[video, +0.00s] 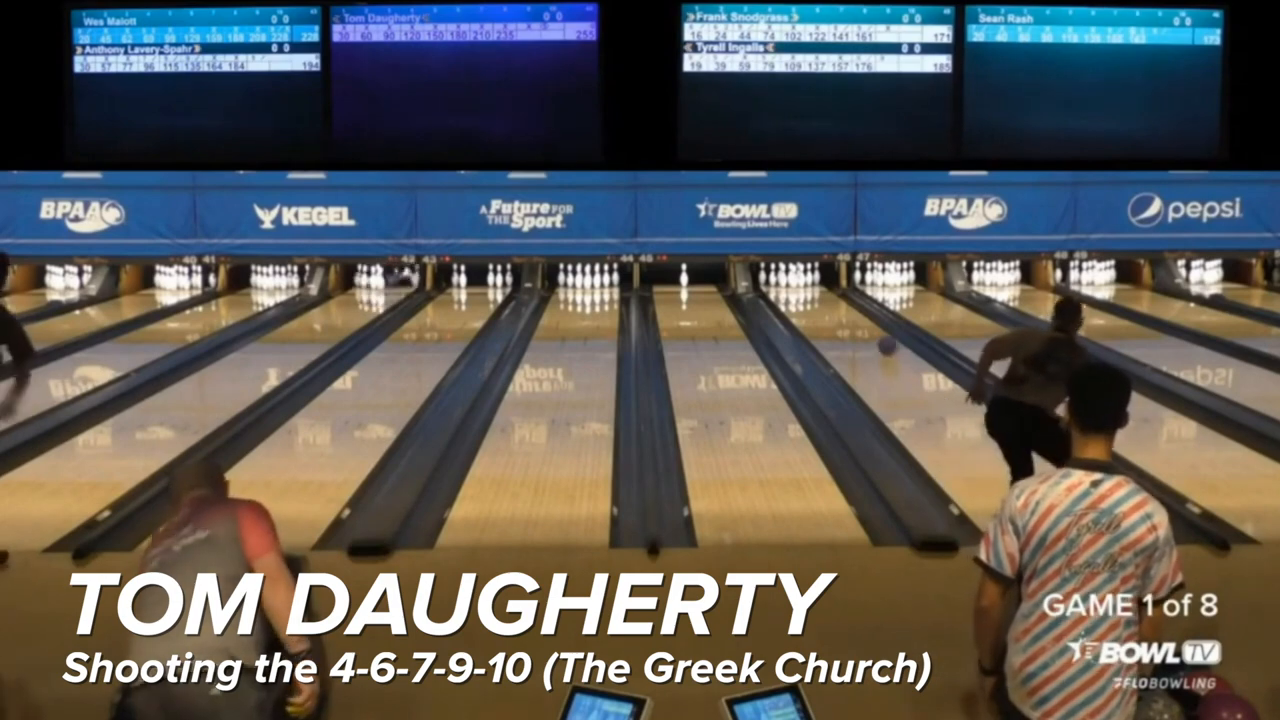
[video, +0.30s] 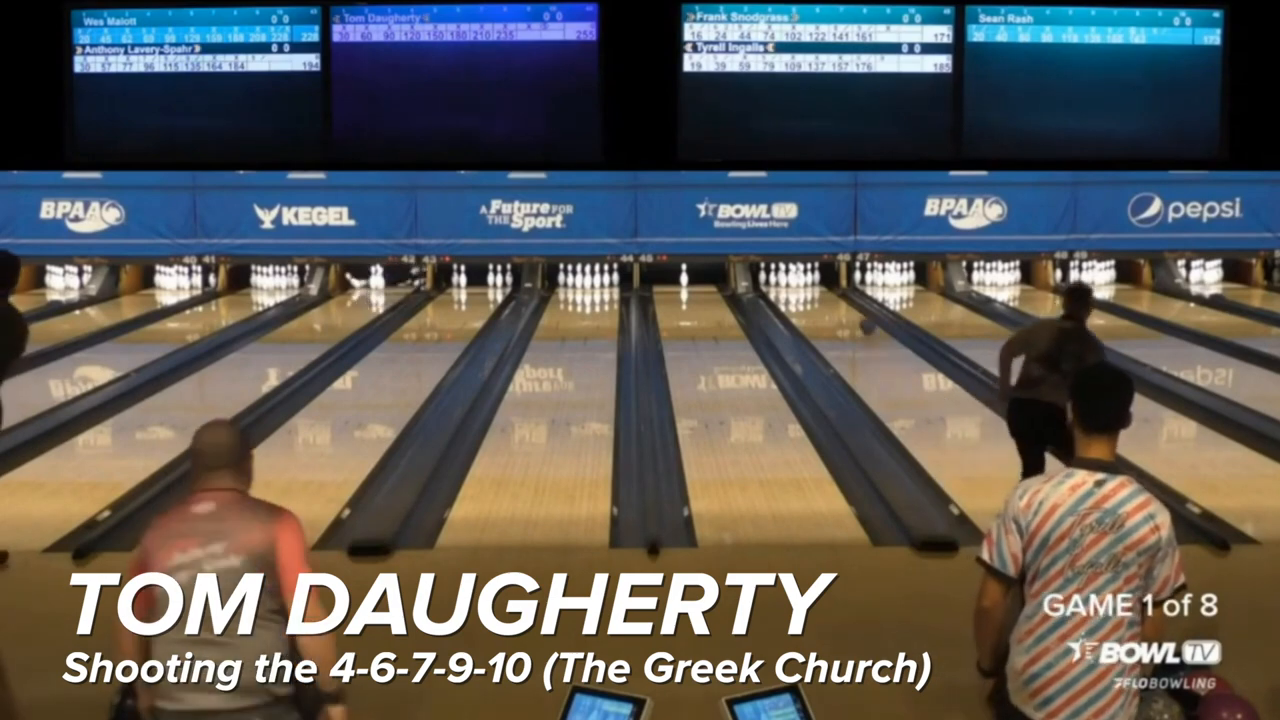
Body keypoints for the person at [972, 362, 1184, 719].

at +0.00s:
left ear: (1067, 414)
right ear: (1123, 422)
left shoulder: (1028, 498)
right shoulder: (1150, 514)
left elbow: (989, 600)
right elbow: (1151, 614)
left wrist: (987, 668)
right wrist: (1139, 676)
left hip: (1030, 686)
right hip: (1107, 695)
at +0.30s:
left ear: (1070, 415)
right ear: (1127, 421)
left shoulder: (1032, 497)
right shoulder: (1153, 514)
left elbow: (991, 601)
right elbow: (1154, 615)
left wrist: (987, 665)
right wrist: (1137, 673)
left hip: (1032, 686)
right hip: (1109, 696)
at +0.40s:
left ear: (1070, 415)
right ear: (1126, 423)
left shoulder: (1031, 497)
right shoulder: (1152, 514)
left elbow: (991, 600)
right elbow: (1154, 614)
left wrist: (988, 667)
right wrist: (1137, 673)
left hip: (1032, 685)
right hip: (1109, 694)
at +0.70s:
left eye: (1050, 403)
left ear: (1053, 412)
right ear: (1112, 415)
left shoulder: (1017, 498)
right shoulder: (1138, 510)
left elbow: (983, 601)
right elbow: (1148, 612)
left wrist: (981, 675)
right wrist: (1130, 672)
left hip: (1026, 689)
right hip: (1101, 695)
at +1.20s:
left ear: (1014, 414)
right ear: (1066, 412)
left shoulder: (989, 503)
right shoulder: (1104, 498)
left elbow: (966, 612)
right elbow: (1122, 578)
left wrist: (970, 689)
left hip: (1023, 679)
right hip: (1093, 678)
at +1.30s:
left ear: (1010, 414)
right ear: (1063, 412)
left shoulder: (986, 503)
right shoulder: (1101, 497)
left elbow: (964, 611)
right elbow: (1120, 581)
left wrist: (968, 689)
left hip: (1021, 682)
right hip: (1091, 679)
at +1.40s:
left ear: (1008, 414)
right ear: (1061, 413)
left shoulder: (982, 502)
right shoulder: (1100, 497)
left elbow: (961, 612)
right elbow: (1118, 580)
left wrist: (967, 689)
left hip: (1019, 682)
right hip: (1088, 680)